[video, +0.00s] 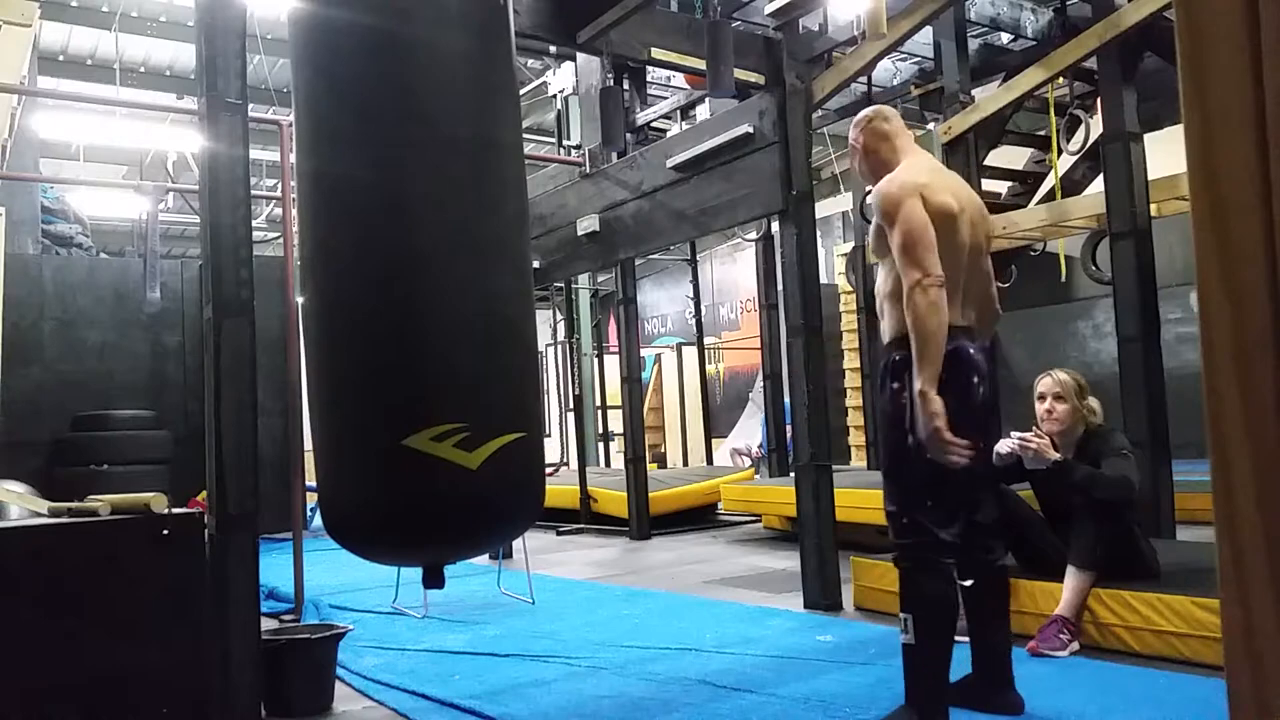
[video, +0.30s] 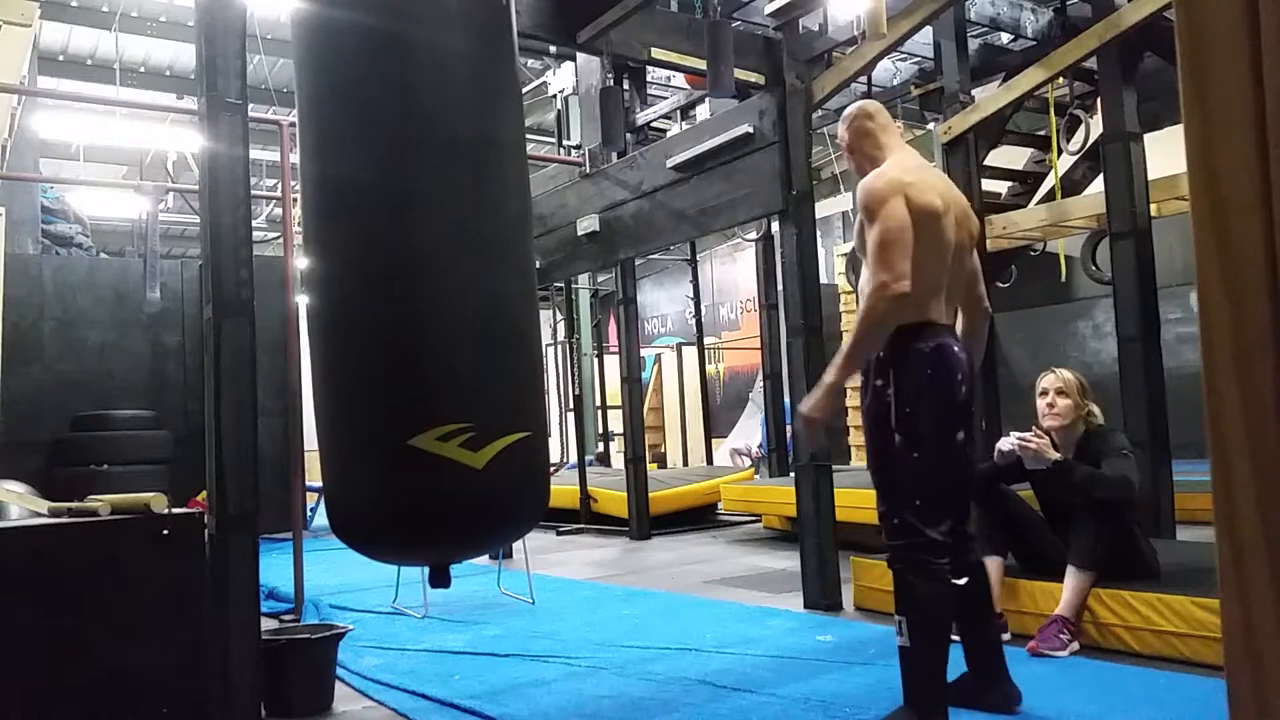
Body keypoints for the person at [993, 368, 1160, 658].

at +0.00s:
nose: (1048, 407)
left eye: (1059, 399)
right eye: (1041, 399)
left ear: (1081, 407)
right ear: (1034, 407)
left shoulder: (1107, 441)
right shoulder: (1034, 448)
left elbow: (1124, 487)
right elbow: (994, 475)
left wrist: (1055, 461)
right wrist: (998, 457)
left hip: (1122, 562)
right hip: (1061, 560)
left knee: (1093, 500)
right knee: (994, 495)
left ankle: (1065, 619)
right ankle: (980, 612)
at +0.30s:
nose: (1050, 401)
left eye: (1061, 394)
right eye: (1043, 394)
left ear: (1081, 405)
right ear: (1035, 406)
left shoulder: (1108, 440)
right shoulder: (1034, 451)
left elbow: (1124, 488)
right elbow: (978, 485)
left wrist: (1055, 460)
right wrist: (997, 463)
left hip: (1122, 561)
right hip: (1063, 559)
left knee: (1094, 501)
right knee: (991, 494)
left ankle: (1063, 619)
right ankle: (989, 613)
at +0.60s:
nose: (1049, 405)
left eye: (1061, 398)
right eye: (1043, 398)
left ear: (1082, 407)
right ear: (1036, 408)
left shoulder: (1108, 442)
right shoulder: (1038, 447)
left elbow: (1123, 490)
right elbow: (965, 495)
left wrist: (1047, 473)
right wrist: (984, 472)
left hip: (1121, 561)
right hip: (1063, 558)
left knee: (1095, 498)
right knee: (992, 495)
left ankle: (1064, 620)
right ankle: (989, 613)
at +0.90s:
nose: (1040, 409)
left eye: (1052, 401)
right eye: (1034, 402)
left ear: (1075, 409)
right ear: (1028, 411)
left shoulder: (1102, 442)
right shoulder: (1029, 449)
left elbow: (1104, 487)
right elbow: (965, 481)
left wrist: (1026, 514)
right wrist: (994, 496)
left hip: (1116, 557)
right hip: (1054, 554)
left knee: (1093, 504)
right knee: (993, 505)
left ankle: (1063, 620)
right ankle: (990, 614)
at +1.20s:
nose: (1031, 410)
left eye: (1041, 402)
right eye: (1029, 403)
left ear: (1071, 407)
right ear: (1026, 407)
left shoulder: (1104, 442)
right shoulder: (1031, 449)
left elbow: (1104, 489)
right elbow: (973, 482)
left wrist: (1031, 519)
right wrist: (999, 507)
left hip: (1117, 557)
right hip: (1057, 554)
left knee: (1095, 506)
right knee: (992, 502)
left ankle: (1063, 621)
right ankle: (988, 615)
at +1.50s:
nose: (1022, 407)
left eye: (1032, 400)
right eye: (1025, 399)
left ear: (1061, 406)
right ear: (1054, 407)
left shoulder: (1105, 443)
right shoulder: (1033, 448)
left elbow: (1107, 489)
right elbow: (969, 485)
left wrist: (1032, 519)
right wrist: (1000, 508)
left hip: (1118, 558)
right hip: (1058, 555)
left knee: (1095, 506)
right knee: (993, 496)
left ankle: (1063, 621)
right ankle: (991, 613)